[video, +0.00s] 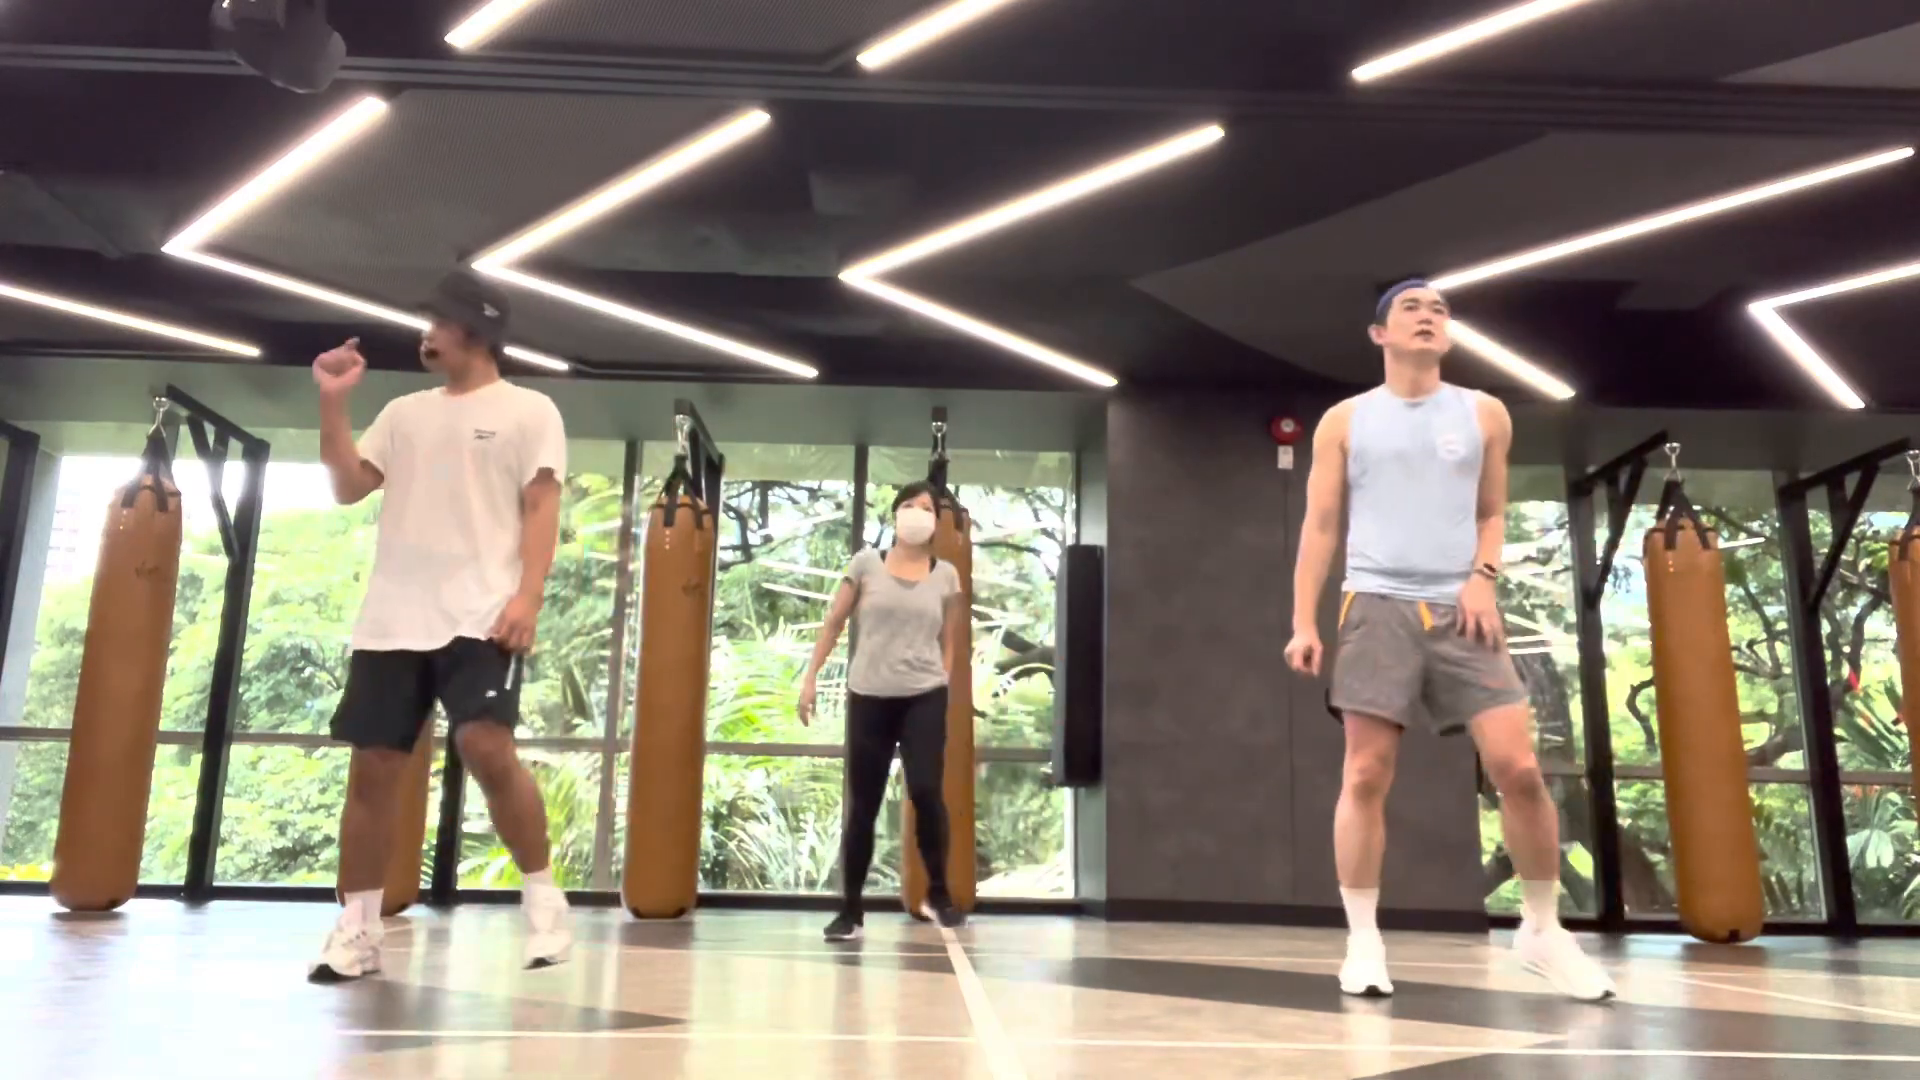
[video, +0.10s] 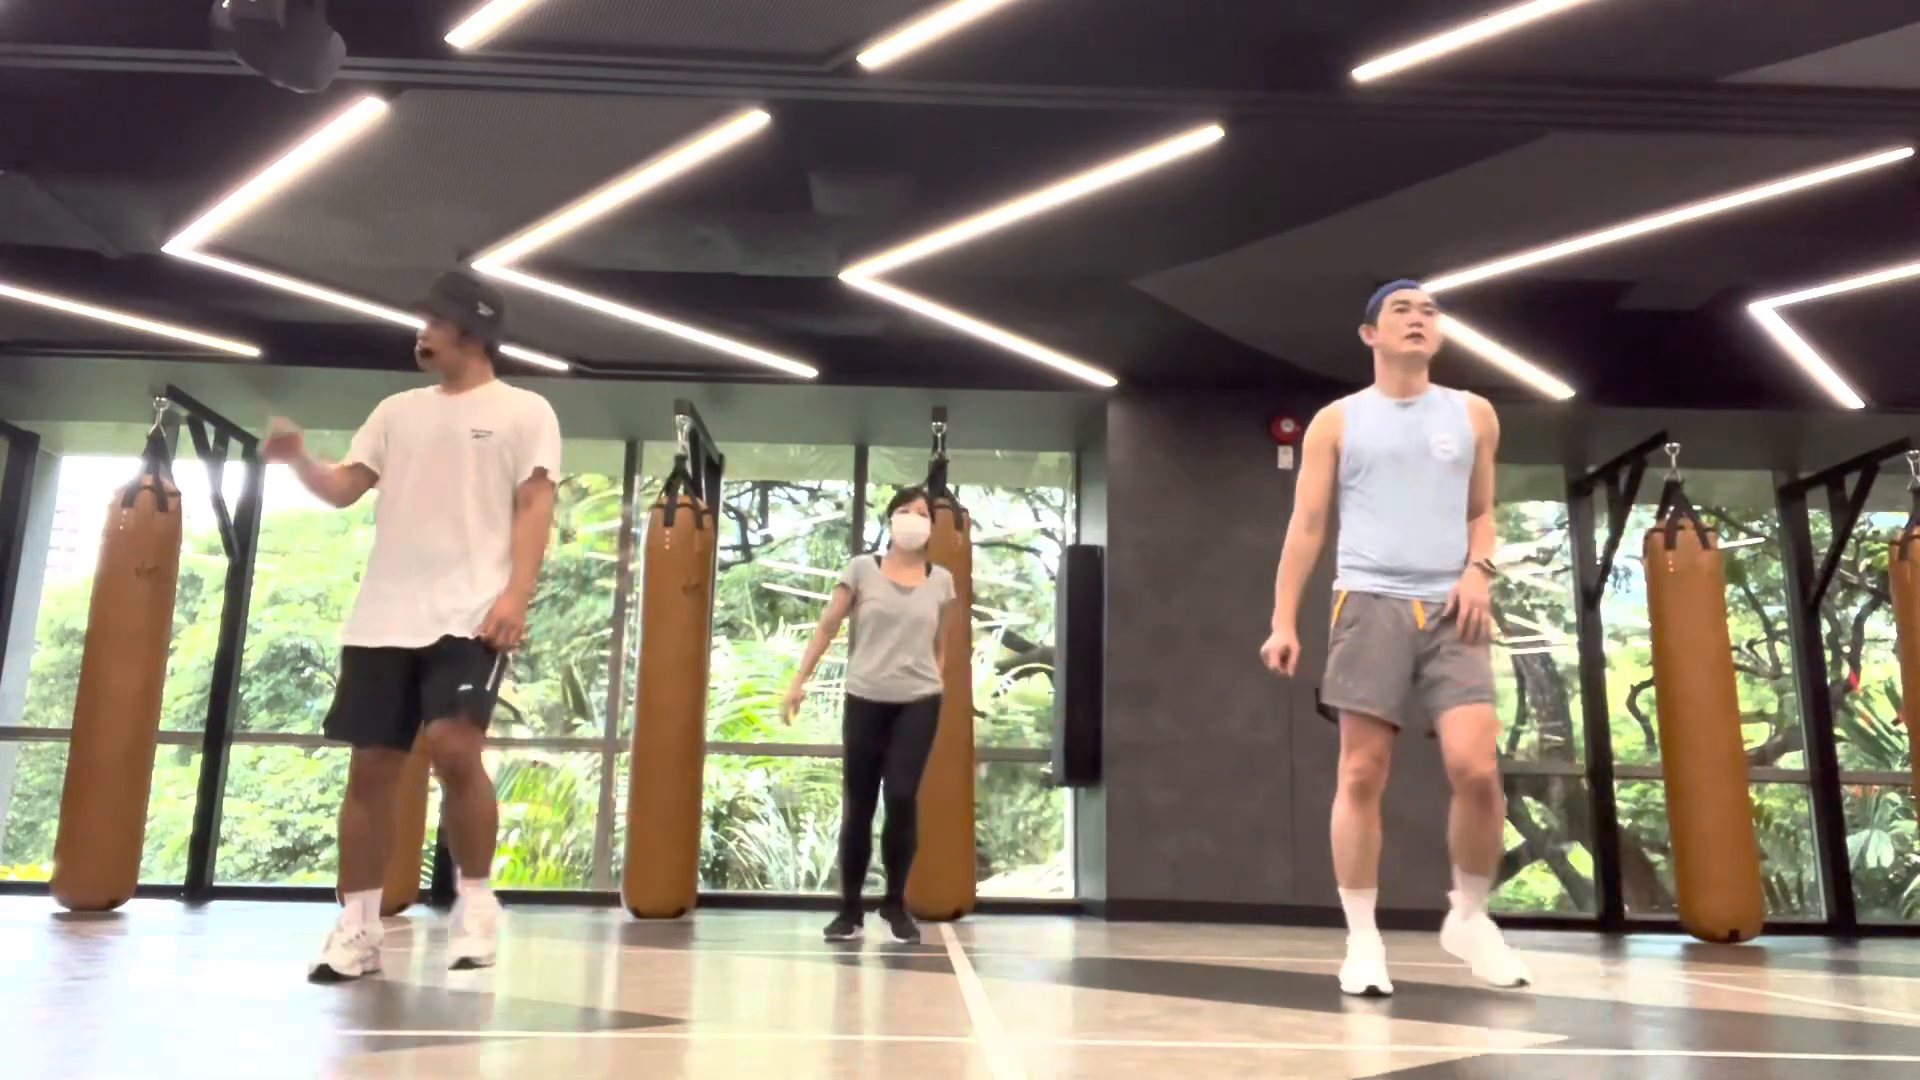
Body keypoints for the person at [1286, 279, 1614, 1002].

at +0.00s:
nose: (1427, 315)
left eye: (1438, 309)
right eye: (1411, 306)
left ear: (1451, 337)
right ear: (1379, 333)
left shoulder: (1486, 415)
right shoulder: (1343, 421)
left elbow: (1492, 513)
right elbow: (1320, 525)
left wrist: (1484, 573)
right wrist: (1305, 620)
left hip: (1464, 612)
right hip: (1377, 613)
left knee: (1521, 772)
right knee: (1366, 774)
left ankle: (1541, 932)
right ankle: (1363, 943)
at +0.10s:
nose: (1418, 317)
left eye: (1429, 310)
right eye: (1402, 309)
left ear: (1442, 336)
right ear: (1370, 334)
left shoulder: (1473, 415)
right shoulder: (1335, 421)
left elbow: (1482, 511)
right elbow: (1306, 525)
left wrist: (1478, 569)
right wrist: (1284, 620)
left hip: (1454, 613)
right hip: (1368, 613)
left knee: (1479, 771)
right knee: (1362, 774)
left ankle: (1467, 921)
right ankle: (1363, 944)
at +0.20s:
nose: (1414, 325)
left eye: (1423, 317)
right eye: (1398, 315)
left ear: (1435, 337)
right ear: (1365, 336)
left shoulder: (1468, 417)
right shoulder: (1332, 423)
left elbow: (1480, 513)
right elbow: (1303, 526)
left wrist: (1479, 567)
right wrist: (1273, 619)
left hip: (1447, 612)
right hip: (1365, 610)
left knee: (1438, 780)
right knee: (1360, 776)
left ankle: (1394, 924)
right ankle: (1360, 941)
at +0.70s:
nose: (1487, 327)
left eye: (1494, 318)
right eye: (1470, 318)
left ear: (1502, 339)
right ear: (1434, 340)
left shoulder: (1521, 424)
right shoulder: (1401, 417)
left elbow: (1512, 517)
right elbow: (1367, 519)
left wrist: (1535, 589)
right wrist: (1365, 611)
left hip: (1518, 623)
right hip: (1436, 618)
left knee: (1573, 780)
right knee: (1394, 777)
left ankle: (1621, 955)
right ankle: (1364, 947)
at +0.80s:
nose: (1511, 325)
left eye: (1518, 316)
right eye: (1492, 318)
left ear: (1531, 337)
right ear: (1460, 345)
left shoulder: (1556, 422)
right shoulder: (1436, 421)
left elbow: (1554, 508)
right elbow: (1396, 518)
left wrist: (1572, 576)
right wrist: (1384, 608)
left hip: (1555, 623)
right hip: (1470, 623)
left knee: (1608, 777)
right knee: (1420, 780)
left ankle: (1628, 958)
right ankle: (1371, 942)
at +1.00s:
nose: (1547, 316)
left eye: (1554, 307)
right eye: (1527, 310)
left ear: (1569, 327)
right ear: (1499, 338)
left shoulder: (1602, 416)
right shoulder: (1469, 412)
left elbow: (1621, 492)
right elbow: (1425, 511)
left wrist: (1640, 524)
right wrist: (1428, 603)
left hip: (1597, 614)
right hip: (1512, 614)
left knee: (1627, 775)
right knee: (1521, 775)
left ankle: (1630, 956)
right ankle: (1491, 919)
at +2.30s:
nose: (1440, 316)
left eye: (1448, 307)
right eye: (1424, 303)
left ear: (1454, 326)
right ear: (1385, 318)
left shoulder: (1460, 417)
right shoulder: (1340, 392)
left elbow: (1440, 512)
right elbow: (1293, 493)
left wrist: (1451, 594)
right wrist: (1349, 549)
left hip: (1446, 608)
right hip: (1360, 605)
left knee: (1511, 758)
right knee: (1325, 771)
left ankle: (1473, 924)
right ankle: (1305, 943)